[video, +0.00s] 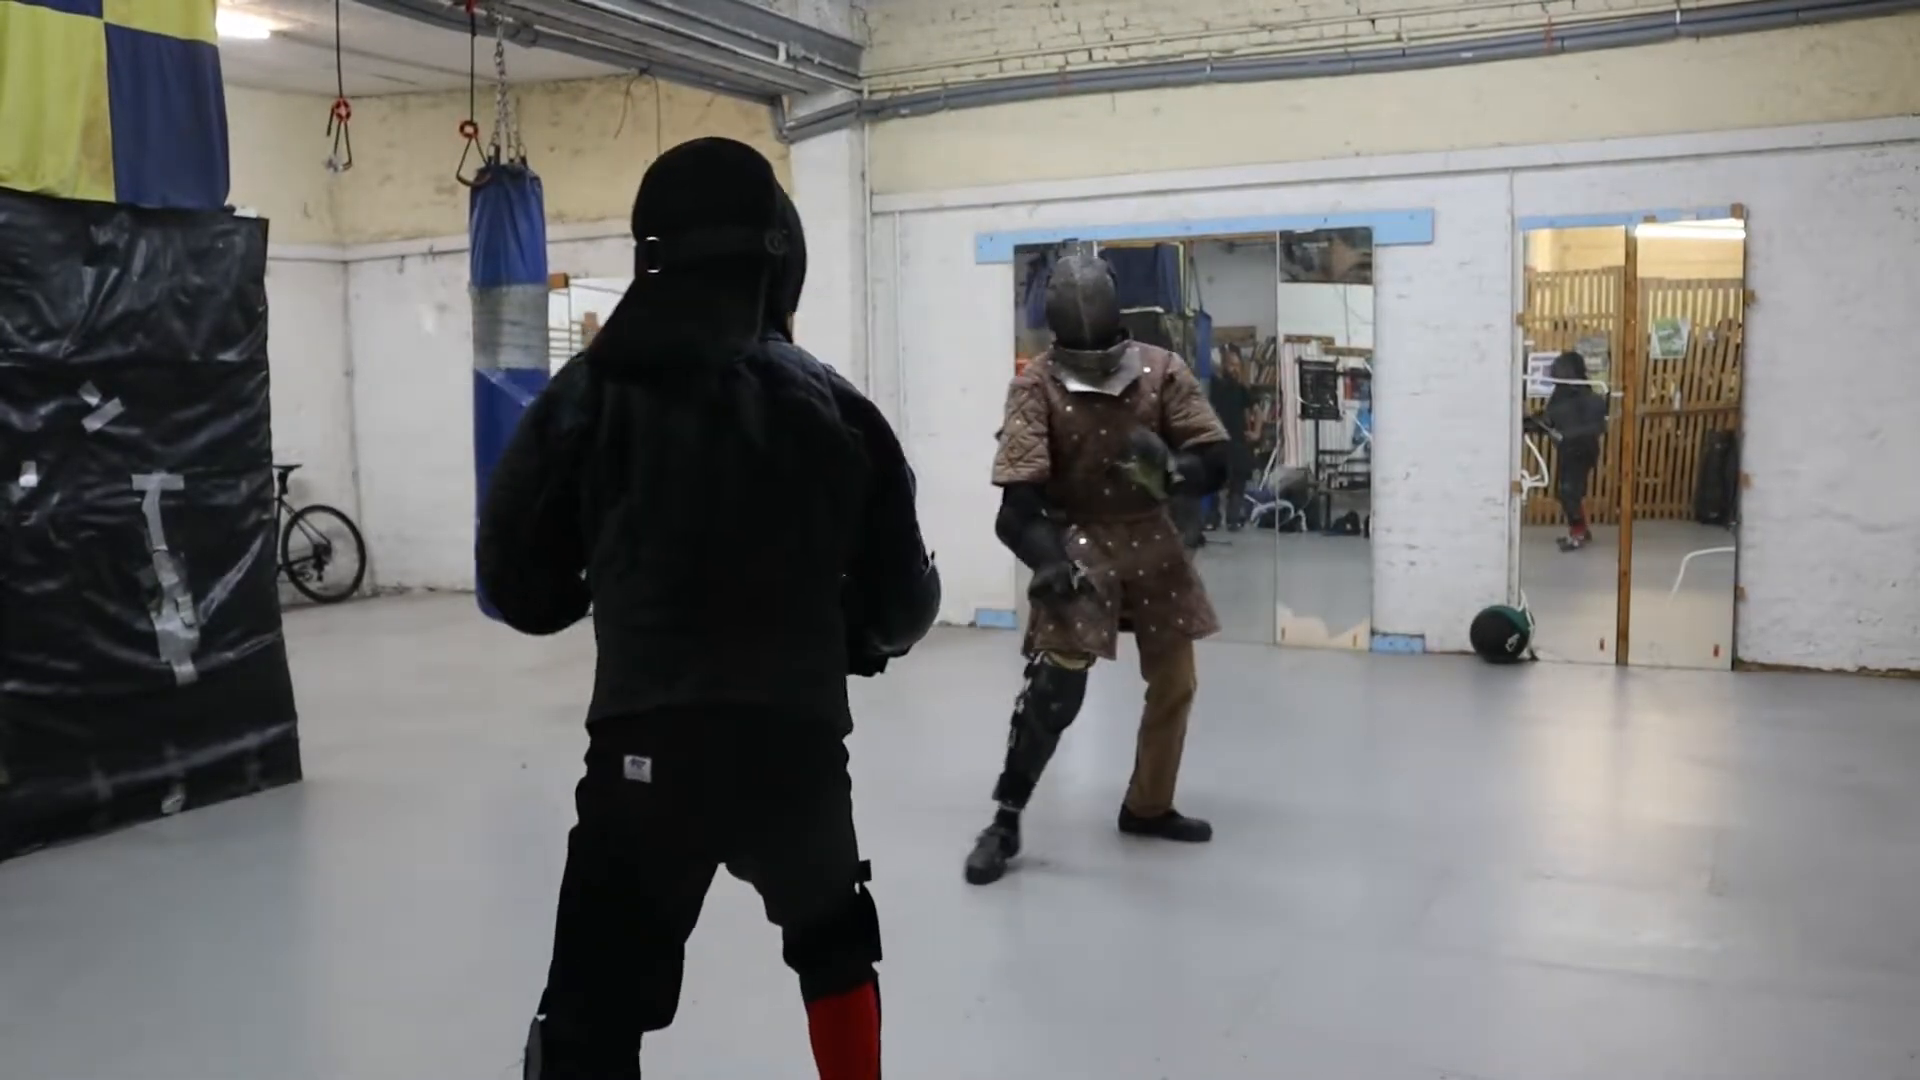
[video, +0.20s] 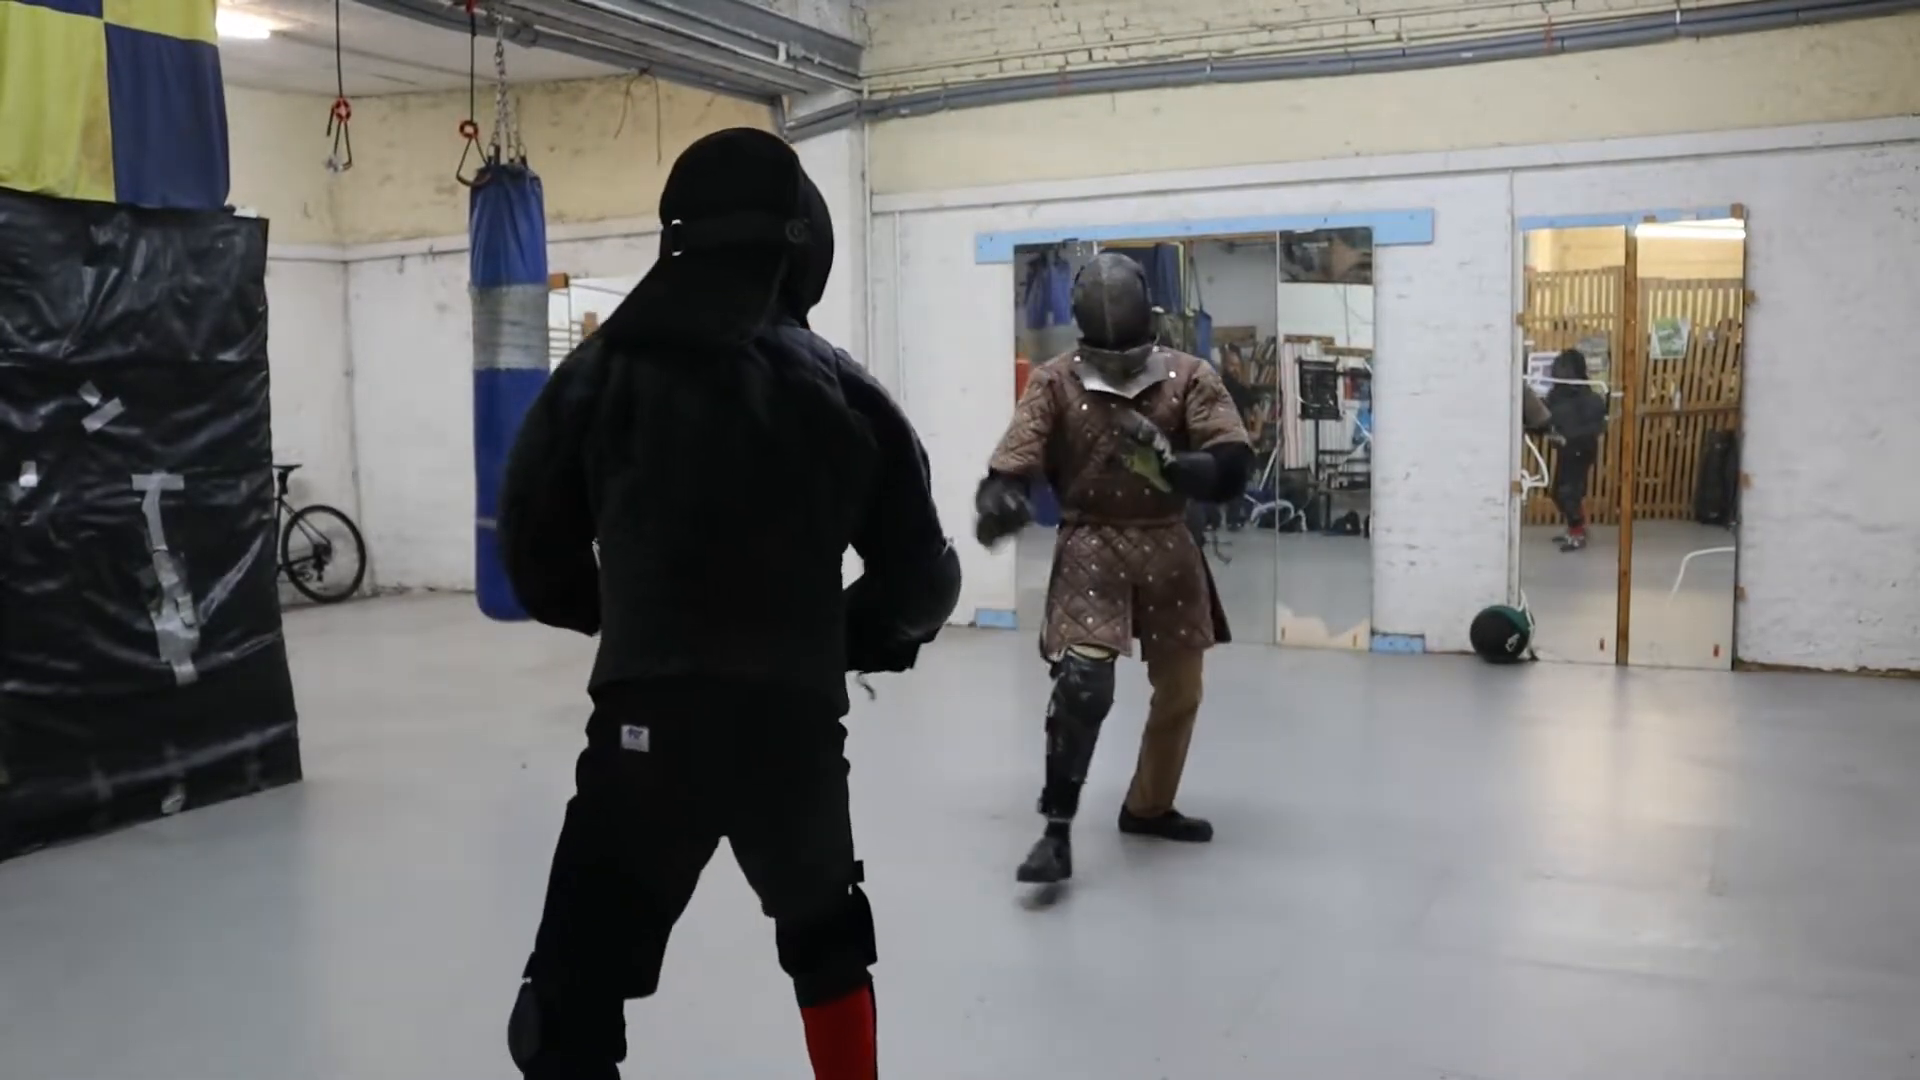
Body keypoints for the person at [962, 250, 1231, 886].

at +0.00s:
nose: (1095, 368)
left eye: (1106, 353)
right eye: (1079, 356)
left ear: (1120, 326)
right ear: (1056, 335)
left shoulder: (1162, 371)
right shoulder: (1036, 390)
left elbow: (1221, 459)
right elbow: (1016, 505)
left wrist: (1175, 470)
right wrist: (1048, 557)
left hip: (1151, 541)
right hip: (1074, 545)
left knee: (1175, 681)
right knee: (1054, 693)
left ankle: (1147, 807)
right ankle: (1005, 823)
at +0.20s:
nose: (1115, 357)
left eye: (1126, 344)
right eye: (1102, 345)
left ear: (1146, 325)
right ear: (1084, 329)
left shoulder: (1189, 377)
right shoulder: (1055, 381)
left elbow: (1235, 462)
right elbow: (1016, 456)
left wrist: (1175, 464)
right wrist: (1001, 495)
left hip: (1168, 546)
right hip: (1089, 546)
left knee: (1180, 692)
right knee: (1083, 686)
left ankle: (1148, 809)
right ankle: (1055, 832)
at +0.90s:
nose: (1121, 370)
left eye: (1135, 355)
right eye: (1106, 355)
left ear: (1156, 336)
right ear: (1084, 336)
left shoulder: (1189, 392)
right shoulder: (1052, 378)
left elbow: (1236, 495)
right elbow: (985, 434)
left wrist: (1183, 514)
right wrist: (1057, 470)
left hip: (1164, 568)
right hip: (1082, 563)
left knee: (1218, 710)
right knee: (1083, 725)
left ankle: (1211, 842)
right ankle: (1052, 886)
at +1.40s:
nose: (1086, 366)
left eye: (1099, 349)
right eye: (1070, 353)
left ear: (1123, 323)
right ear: (1048, 337)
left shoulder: (1179, 379)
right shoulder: (1027, 397)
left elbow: (1248, 476)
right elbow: (993, 470)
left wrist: (1174, 517)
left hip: (1180, 572)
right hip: (1088, 579)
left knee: (1235, 722)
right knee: (1088, 737)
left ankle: (1233, 836)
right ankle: (1052, 893)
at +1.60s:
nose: (1124, 356)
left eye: (1138, 339)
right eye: (1108, 342)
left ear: (1164, 319)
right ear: (1090, 328)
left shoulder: (1219, 386)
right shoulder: (1071, 394)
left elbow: (1275, 492)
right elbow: (1043, 509)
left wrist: (1195, 521)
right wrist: (1020, 587)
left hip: (1197, 579)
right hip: (1105, 579)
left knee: (1229, 732)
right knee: (1089, 733)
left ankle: (1222, 854)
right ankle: (1049, 891)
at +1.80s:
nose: (1175, 356)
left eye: (1188, 340)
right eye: (1162, 342)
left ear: (1212, 320)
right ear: (1143, 327)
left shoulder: (1258, 384)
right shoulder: (1118, 384)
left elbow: (1296, 493)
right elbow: (1085, 486)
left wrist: (1202, 514)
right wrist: (1046, 533)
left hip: (1222, 575)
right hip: (1130, 573)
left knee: (1236, 725)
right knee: (1086, 714)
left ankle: (1234, 854)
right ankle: (1055, 870)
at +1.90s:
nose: (1186, 358)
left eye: (1200, 343)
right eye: (1173, 345)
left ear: (1224, 324)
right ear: (1156, 329)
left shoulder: (1266, 383)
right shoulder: (1133, 384)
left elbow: (1300, 490)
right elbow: (1096, 482)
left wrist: (1209, 503)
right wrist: (1054, 527)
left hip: (1228, 575)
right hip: (1140, 571)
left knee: (1245, 720)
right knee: (1083, 697)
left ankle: (1234, 853)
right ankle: (1091, 837)